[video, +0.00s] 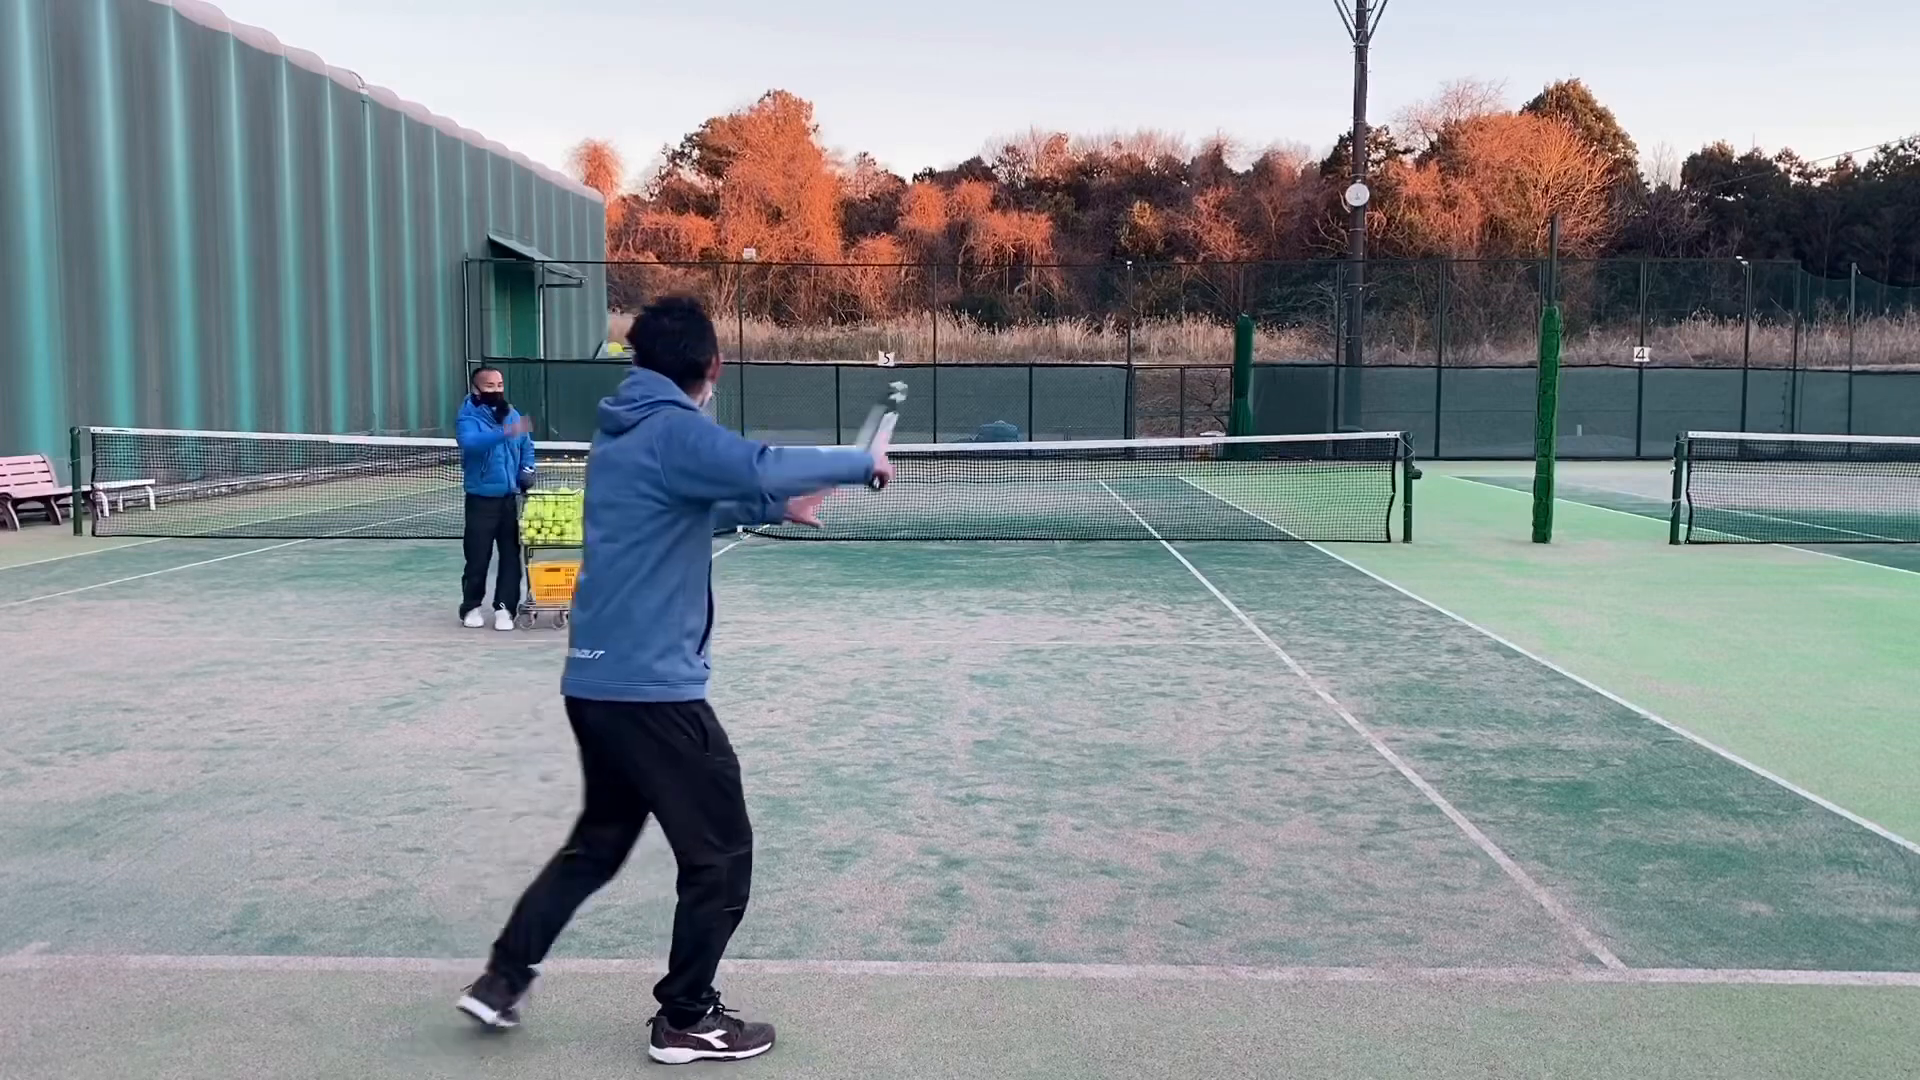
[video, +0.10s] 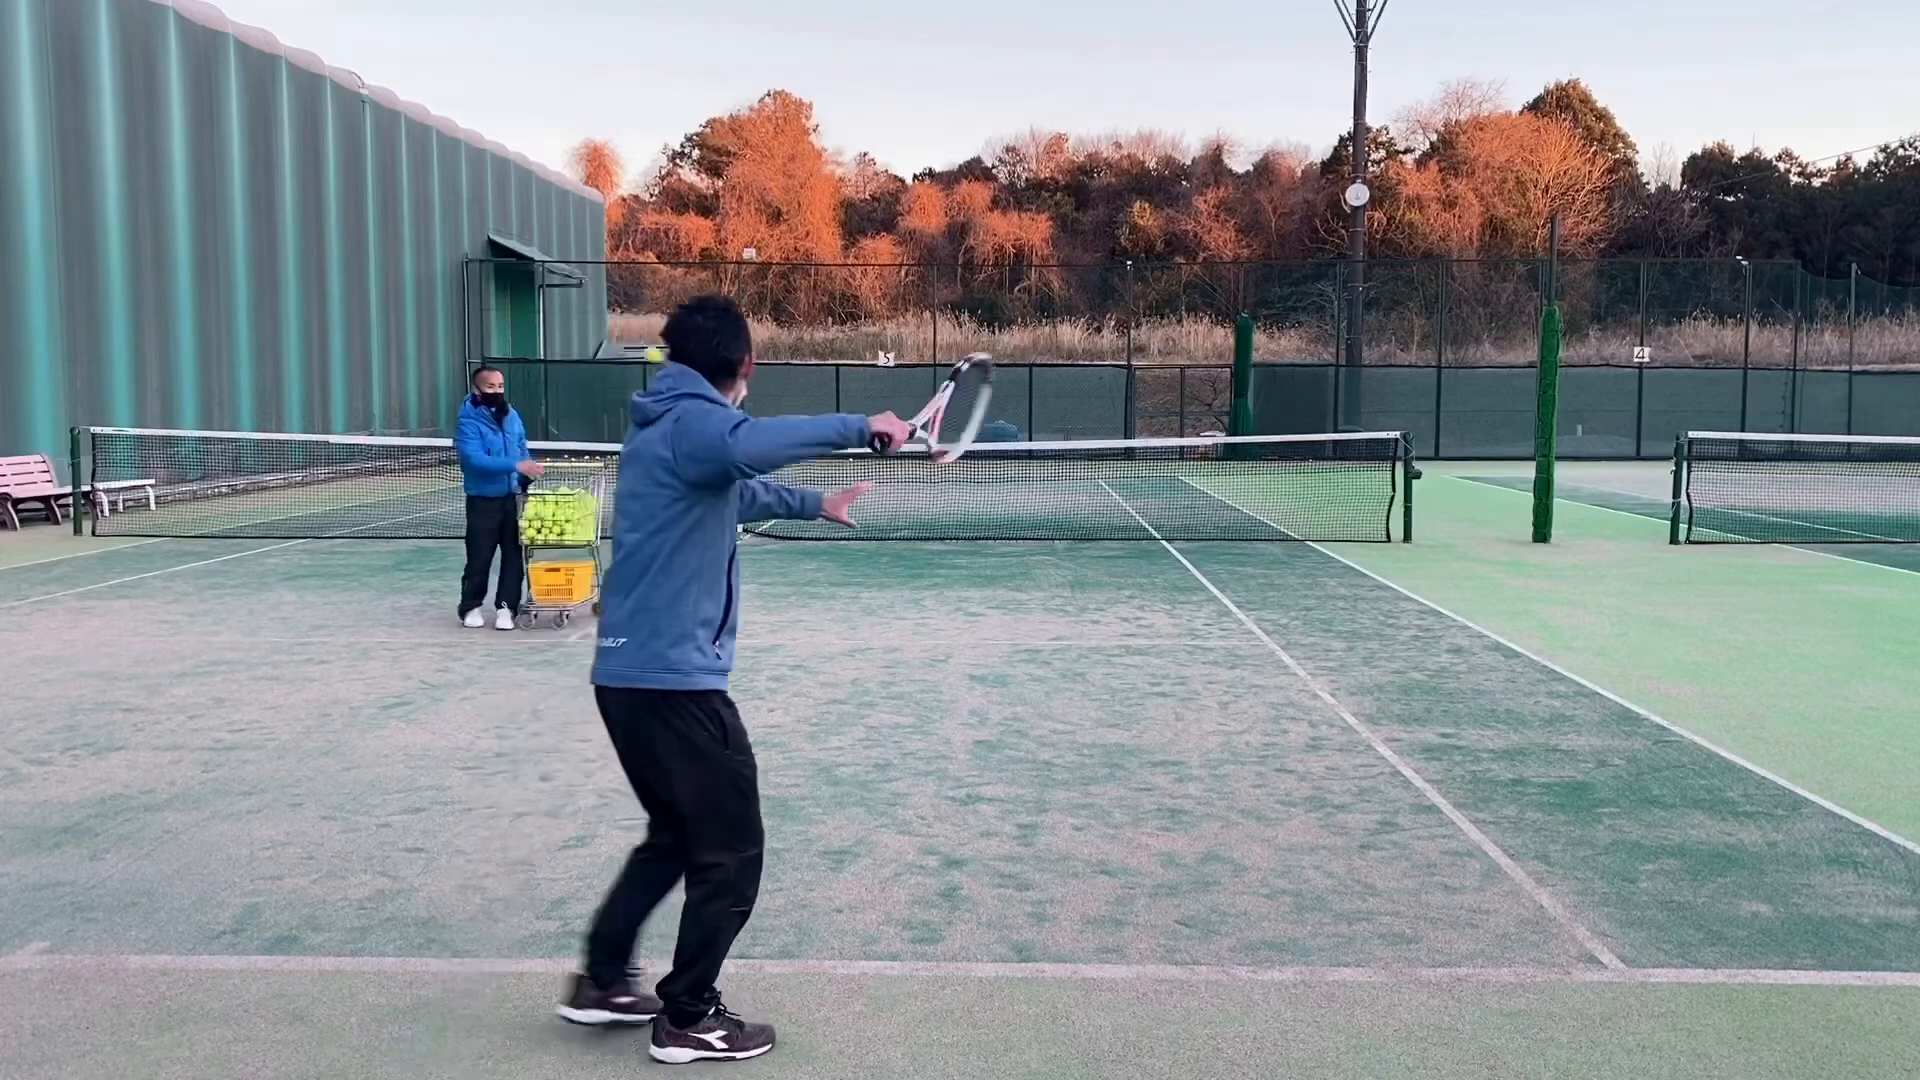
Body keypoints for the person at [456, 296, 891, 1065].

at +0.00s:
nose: (721, 368)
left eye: (718, 356)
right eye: (719, 357)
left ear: (642, 362)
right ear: (709, 365)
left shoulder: (618, 436)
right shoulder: (676, 434)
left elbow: (689, 512)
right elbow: (766, 471)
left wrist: (776, 507)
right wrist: (865, 462)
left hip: (593, 685)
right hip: (652, 689)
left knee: (601, 837)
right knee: (721, 849)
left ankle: (500, 981)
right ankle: (686, 1017)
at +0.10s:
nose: (753, 374)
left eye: (750, 361)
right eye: (753, 361)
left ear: (676, 360)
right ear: (739, 364)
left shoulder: (657, 429)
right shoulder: (697, 425)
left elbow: (738, 498)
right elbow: (755, 446)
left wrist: (814, 503)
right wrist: (865, 426)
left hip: (629, 677)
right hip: (677, 680)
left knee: (674, 834)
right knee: (731, 849)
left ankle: (601, 978)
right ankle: (687, 1017)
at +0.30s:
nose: (817, 392)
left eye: (815, 383)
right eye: (815, 382)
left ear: (742, 378)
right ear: (801, 388)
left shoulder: (743, 456)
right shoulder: (741, 437)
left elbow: (803, 511)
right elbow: (756, 452)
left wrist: (882, 521)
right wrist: (852, 419)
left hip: (691, 692)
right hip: (723, 696)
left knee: (736, 838)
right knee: (832, 844)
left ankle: (656, 986)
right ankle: (752, 1006)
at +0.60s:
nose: (966, 436)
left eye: (965, 426)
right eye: (963, 424)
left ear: (906, 413)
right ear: (940, 424)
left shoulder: (900, 497)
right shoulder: (869, 474)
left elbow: (940, 553)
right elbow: (807, 476)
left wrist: (1010, 577)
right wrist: (909, 447)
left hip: (822, 719)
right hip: (838, 721)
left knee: (848, 854)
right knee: (959, 882)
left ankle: (717, 956)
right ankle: (946, 1056)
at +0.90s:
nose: (1094, 479)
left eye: (1095, 467)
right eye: (1095, 468)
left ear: (1035, 446)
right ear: (1078, 469)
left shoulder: (1018, 499)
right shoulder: (998, 493)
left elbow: (1001, 575)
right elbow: (902, 523)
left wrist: (1062, 611)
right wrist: (967, 543)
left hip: (924, 724)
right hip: (905, 734)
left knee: (1002, 848)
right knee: (1028, 897)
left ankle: (998, 987)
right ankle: (956, 1059)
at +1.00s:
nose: (1127, 499)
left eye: (1131, 486)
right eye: (1129, 486)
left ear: (1073, 459)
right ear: (1109, 482)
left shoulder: (1043, 508)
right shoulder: (1036, 513)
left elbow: (1022, 592)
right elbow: (953, 553)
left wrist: (1073, 616)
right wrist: (997, 605)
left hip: (929, 722)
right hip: (927, 733)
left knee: (1021, 838)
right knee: (1039, 904)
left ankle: (1035, 975)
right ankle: (957, 1061)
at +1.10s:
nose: (1162, 494)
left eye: (1165, 481)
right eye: (1166, 482)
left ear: (1097, 457)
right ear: (1153, 482)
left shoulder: (1032, 492)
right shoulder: (1077, 529)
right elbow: (1011, 608)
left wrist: (970, 594)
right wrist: (1044, 692)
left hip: (913, 715)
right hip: (967, 733)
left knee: (1026, 837)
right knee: (1045, 908)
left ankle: (1053, 980)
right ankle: (957, 1059)